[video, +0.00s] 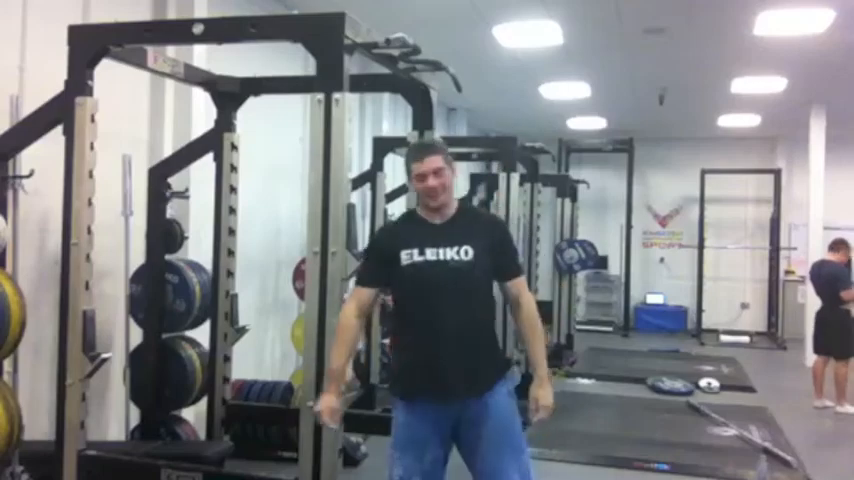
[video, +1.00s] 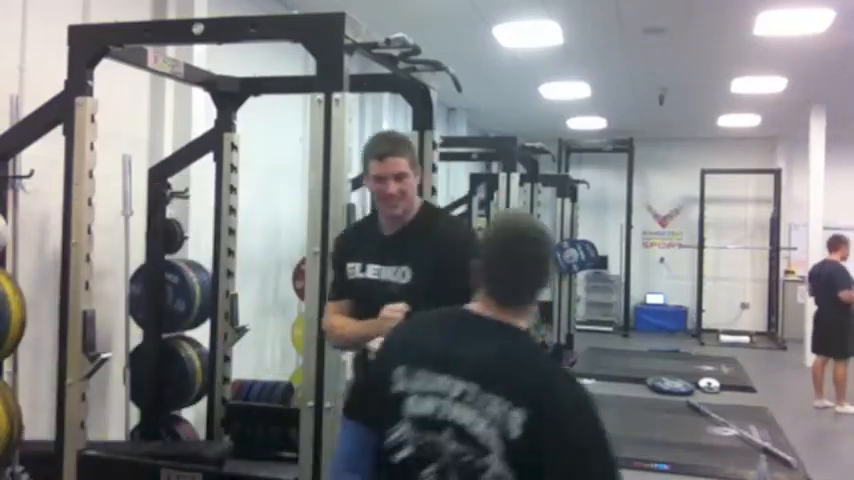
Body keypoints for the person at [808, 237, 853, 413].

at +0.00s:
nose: (847, 259)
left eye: (847, 256)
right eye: (846, 255)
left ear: (830, 250)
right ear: (841, 252)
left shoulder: (816, 267)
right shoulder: (840, 269)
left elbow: (822, 292)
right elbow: (846, 295)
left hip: (823, 311)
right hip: (840, 313)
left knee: (822, 357)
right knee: (842, 361)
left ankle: (818, 398)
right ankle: (841, 402)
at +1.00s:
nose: (848, 253)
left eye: (848, 249)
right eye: (847, 249)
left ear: (830, 248)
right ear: (841, 249)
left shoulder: (816, 268)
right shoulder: (839, 270)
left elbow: (812, 292)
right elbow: (845, 295)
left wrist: (830, 296)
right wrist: (853, 296)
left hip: (822, 316)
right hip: (840, 318)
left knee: (821, 357)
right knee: (841, 361)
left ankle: (818, 397)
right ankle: (841, 401)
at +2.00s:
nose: (853, 252)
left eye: (852, 248)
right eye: (851, 248)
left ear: (838, 248)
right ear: (843, 248)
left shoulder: (823, 269)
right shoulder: (847, 273)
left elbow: (822, 298)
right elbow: (849, 300)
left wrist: (831, 311)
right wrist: (847, 315)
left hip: (827, 318)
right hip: (845, 321)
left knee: (824, 357)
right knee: (847, 361)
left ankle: (820, 398)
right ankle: (845, 402)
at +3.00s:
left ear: (848, 252)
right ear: (852, 252)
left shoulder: (842, 271)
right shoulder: (846, 272)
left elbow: (840, 302)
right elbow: (842, 302)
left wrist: (846, 312)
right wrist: (847, 313)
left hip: (846, 318)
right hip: (849, 319)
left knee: (851, 358)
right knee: (851, 360)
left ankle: (845, 386)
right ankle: (847, 400)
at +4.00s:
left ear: (847, 251)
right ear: (851, 252)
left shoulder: (837, 271)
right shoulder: (841, 272)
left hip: (844, 327)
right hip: (848, 327)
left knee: (848, 365)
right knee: (849, 365)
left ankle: (846, 403)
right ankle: (846, 404)